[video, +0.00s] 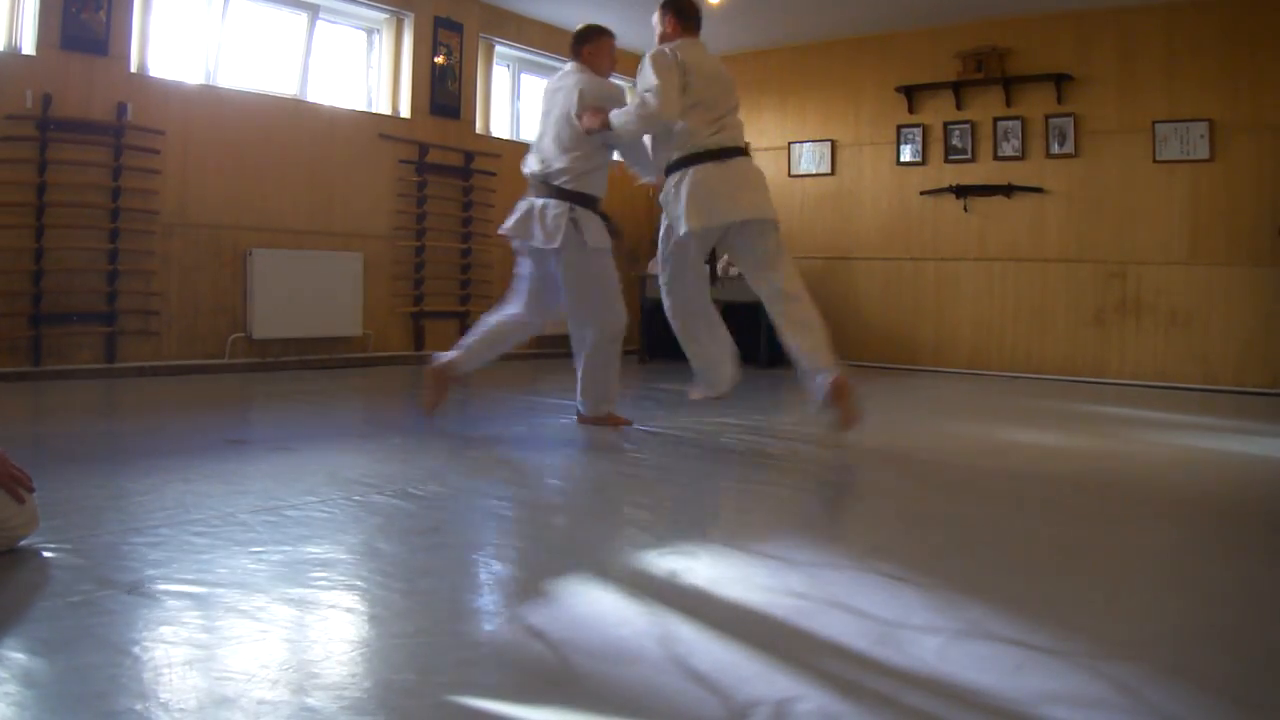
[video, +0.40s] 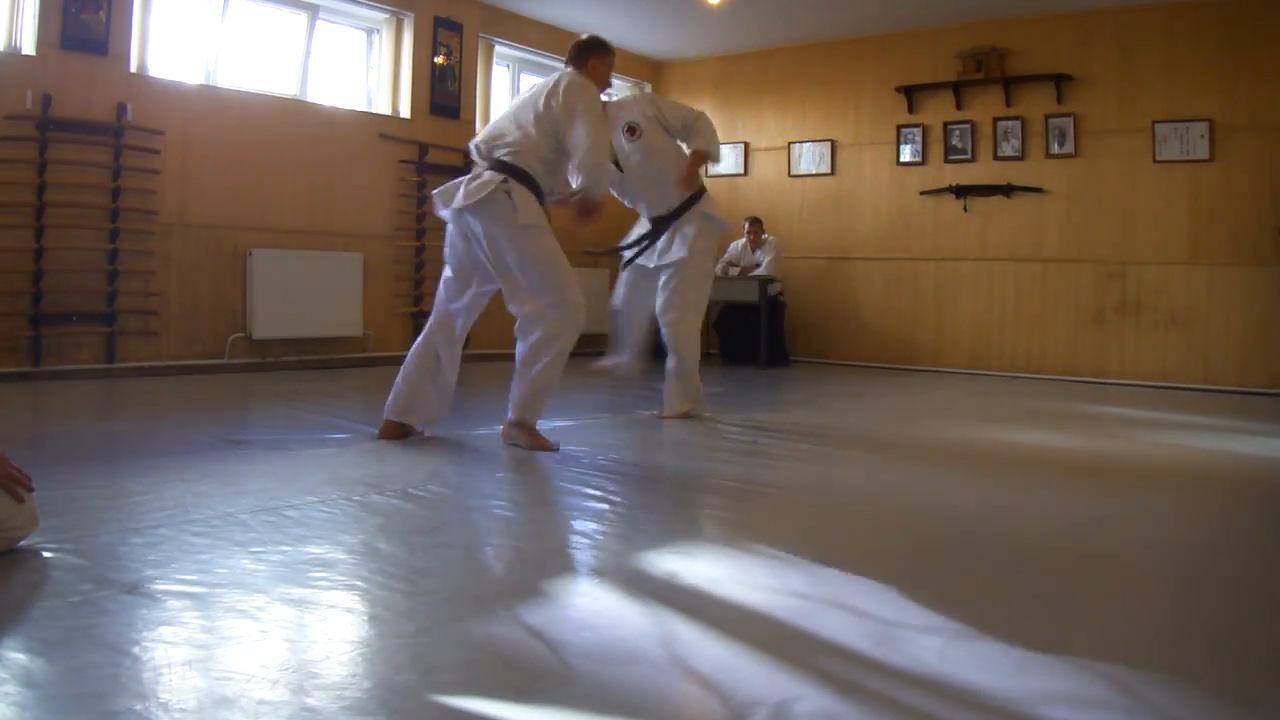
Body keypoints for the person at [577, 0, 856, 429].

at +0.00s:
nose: (655, 29)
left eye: (657, 21)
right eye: (657, 22)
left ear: (668, 22)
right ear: (696, 25)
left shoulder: (662, 57)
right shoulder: (717, 66)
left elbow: (658, 111)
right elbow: (714, 132)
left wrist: (607, 119)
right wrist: (668, 170)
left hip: (695, 183)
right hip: (743, 176)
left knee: (681, 285)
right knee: (777, 280)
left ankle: (716, 375)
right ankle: (825, 373)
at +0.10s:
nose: (634, 63)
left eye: (638, 54)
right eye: (635, 55)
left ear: (658, 51)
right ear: (671, 53)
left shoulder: (661, 85)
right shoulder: (696, 97)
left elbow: (671, 117)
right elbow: (634, 151)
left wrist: (613, 123)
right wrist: (590, 153)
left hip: (681, 219)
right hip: (723, 205)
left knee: (674, 318)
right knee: (791, 275)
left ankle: (683, 405)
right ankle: (867, 320)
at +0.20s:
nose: (612, 86)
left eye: (619, 77)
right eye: (613, 78)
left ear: (644, 80)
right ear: (638, 82)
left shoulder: (657, 110)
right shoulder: (636, 128)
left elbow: (687, 146)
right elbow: (605, 176)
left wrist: (622, 156)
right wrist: (558, 196)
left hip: (686, 233)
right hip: (705, 228)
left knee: (657, 320)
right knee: (756, 301)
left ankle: (681, 405)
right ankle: (838, 288)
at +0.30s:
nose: (589, 99)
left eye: (594, 88)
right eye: (588, 92)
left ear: (614, 85)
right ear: (599, 92)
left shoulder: (648, 112)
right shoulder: (607, 147)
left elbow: (699, 150)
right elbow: (581, 192)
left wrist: (655, 176)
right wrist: (548, 208)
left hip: (695, 226)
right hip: (671, 235)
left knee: (656, 322)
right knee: (682, 307)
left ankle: (679, 407)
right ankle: (767, 317)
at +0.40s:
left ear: (593, 98)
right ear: (574, 116)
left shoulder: (638, 106)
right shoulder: (584, 143)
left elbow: (699, 123)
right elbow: (592, 187)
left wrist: (694, 162)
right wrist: (583, 196)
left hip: (691, 217)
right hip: (650, 224)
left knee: (675, 310)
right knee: (627, 300)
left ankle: (683, 399)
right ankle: (626, 361)